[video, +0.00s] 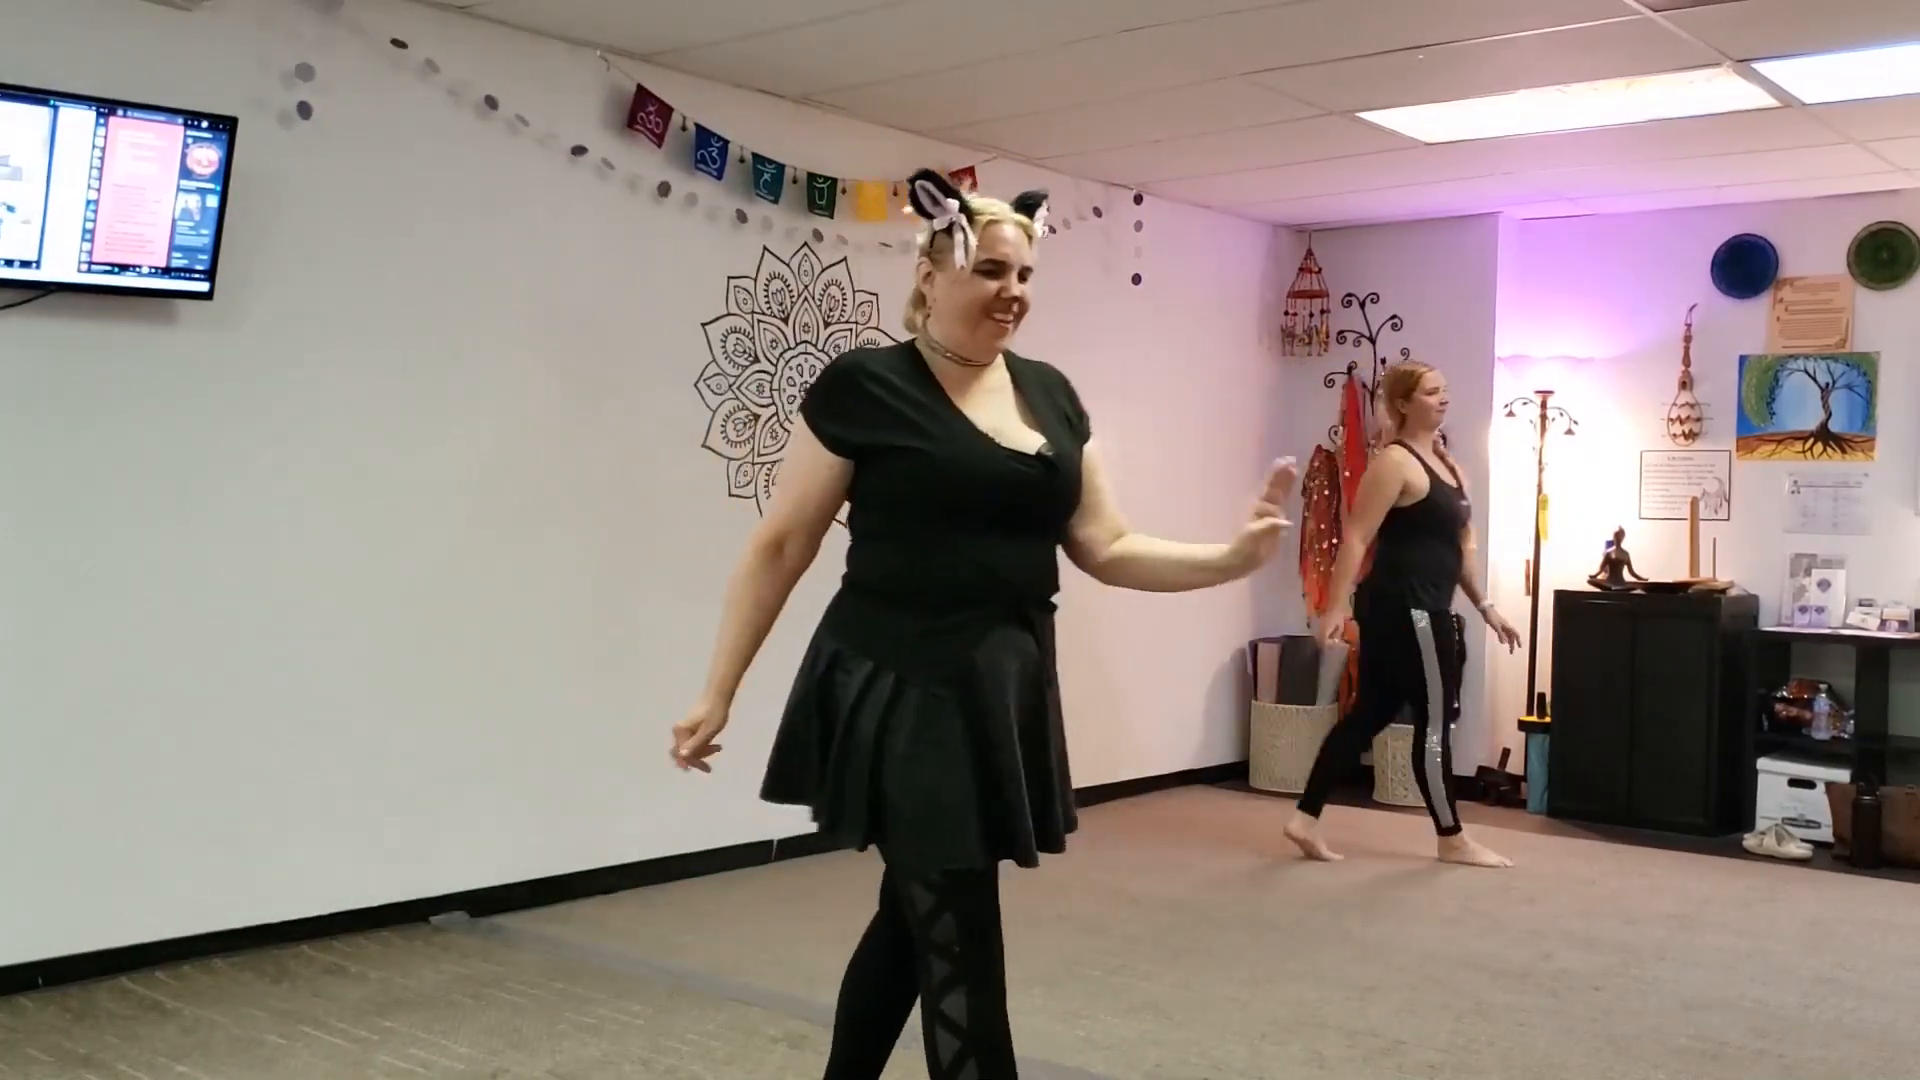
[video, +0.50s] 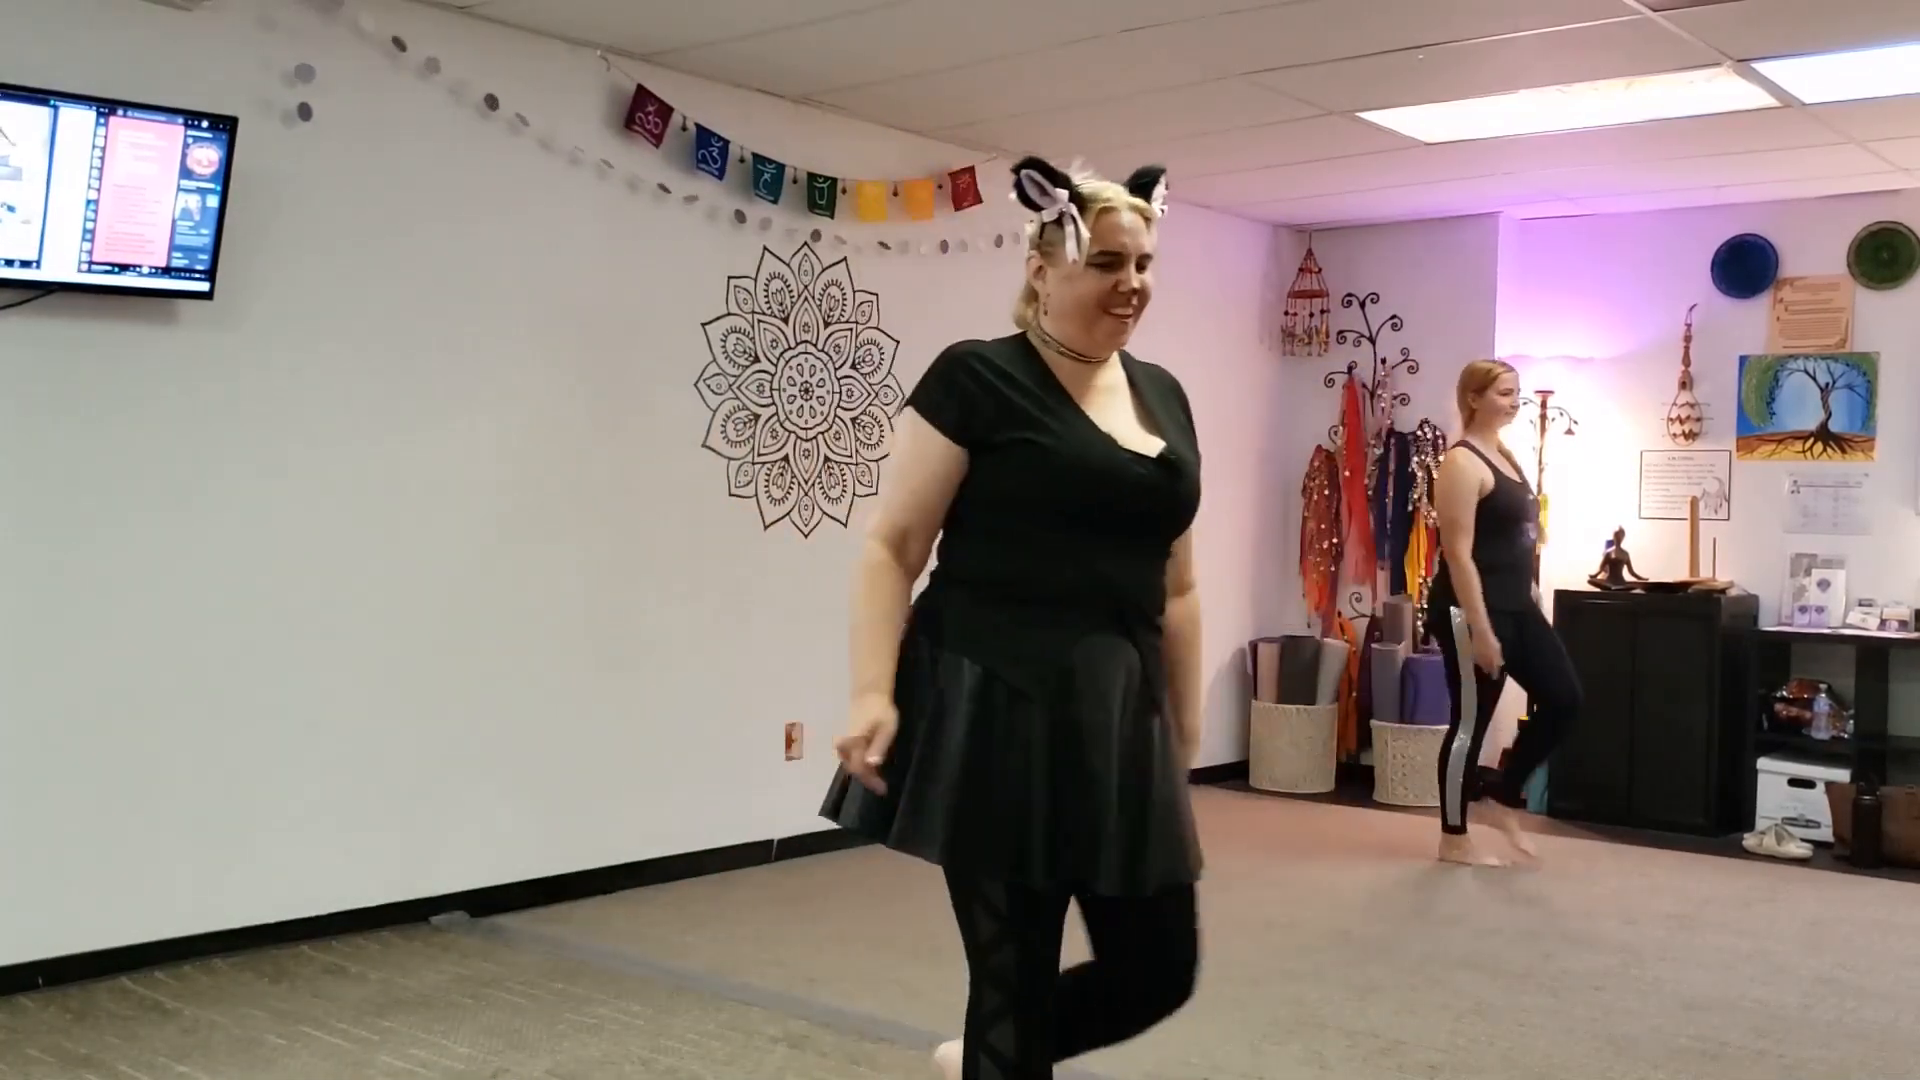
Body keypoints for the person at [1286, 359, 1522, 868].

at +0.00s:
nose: (1444, 399)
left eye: (1444, 392)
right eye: (1433, 393)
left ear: (1436, 402)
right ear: (1404, 403)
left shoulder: (1445, 463)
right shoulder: (1392, 462)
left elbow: (1458, 550)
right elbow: (1356, 537)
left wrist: (1486, 608)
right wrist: (1335, 608)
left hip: (1422, 602)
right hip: (1405, 604)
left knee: (1370, 713)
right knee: (1435, 717)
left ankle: (1305, 817)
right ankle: (1451, 838)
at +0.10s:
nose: (1461, 397)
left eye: (1461, 389)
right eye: (1449, 390)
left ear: (1457, 401)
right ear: (1419, 401)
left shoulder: (1463, 458)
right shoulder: (1408, 462)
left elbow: (1473, 539)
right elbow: (1378, 541)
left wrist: (1496, 599)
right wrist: (1360, 613)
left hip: (1447, 600)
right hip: (1423, 601)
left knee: (1411, 712)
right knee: (1450, 714)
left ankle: (1323, 804)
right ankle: (1452, 839)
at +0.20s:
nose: (1474, 401)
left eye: (1476, 394)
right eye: (1463, 394)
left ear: (1475, 403)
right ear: (1434, 402)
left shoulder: (1469, 453)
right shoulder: (1423, 466)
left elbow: (1484, 534)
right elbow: (1399, 550)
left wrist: (1504, 592)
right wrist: (1385, 623)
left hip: (1468, 601)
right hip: (1439, 603)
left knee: (1455, 714)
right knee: (1460, 713)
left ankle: (1358, 784)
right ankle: (1453, 838)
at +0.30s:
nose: (1487, 404)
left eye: (1488, 395)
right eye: (1478, 395)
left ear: (1482, 403)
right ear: (1447, 402)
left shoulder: (1483, 458)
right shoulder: (1436, 467)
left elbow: (1497, 533)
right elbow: (1418, 555)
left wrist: (1510, 592)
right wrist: (1416, 636)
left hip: (1487, 603)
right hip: (1452, 603)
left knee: (1505, 711)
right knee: (1468, 716)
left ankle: (1398, 779)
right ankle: (1454, 839)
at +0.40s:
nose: (1500, 402)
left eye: (1502, 394)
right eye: (1491, 394)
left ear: (1500, 402)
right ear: (1461, 400)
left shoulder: (1492, 457)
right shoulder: (1447, 465)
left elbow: (1504, 535)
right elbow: (1438, 558)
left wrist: (1516, 593)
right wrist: (1451, 637)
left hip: (1504, 608)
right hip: (1467, 609)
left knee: (1542, 709)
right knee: (1465, 724)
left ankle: (1466, 758)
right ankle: (1453, 839)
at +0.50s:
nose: (1514, 400)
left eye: (1516, 394)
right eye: (1504, 393)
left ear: (1512, 403)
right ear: (1475, 398)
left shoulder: (1504, 455)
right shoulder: (1460, 461)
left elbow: (1517, 538)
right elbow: (1456, 552)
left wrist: (1532, 597)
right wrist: (1480, 630)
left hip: (1515, 598)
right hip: (1468, 602)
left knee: (1561, 700)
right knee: (1470, 722)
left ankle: (1503, 796)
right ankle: (1454, 838)